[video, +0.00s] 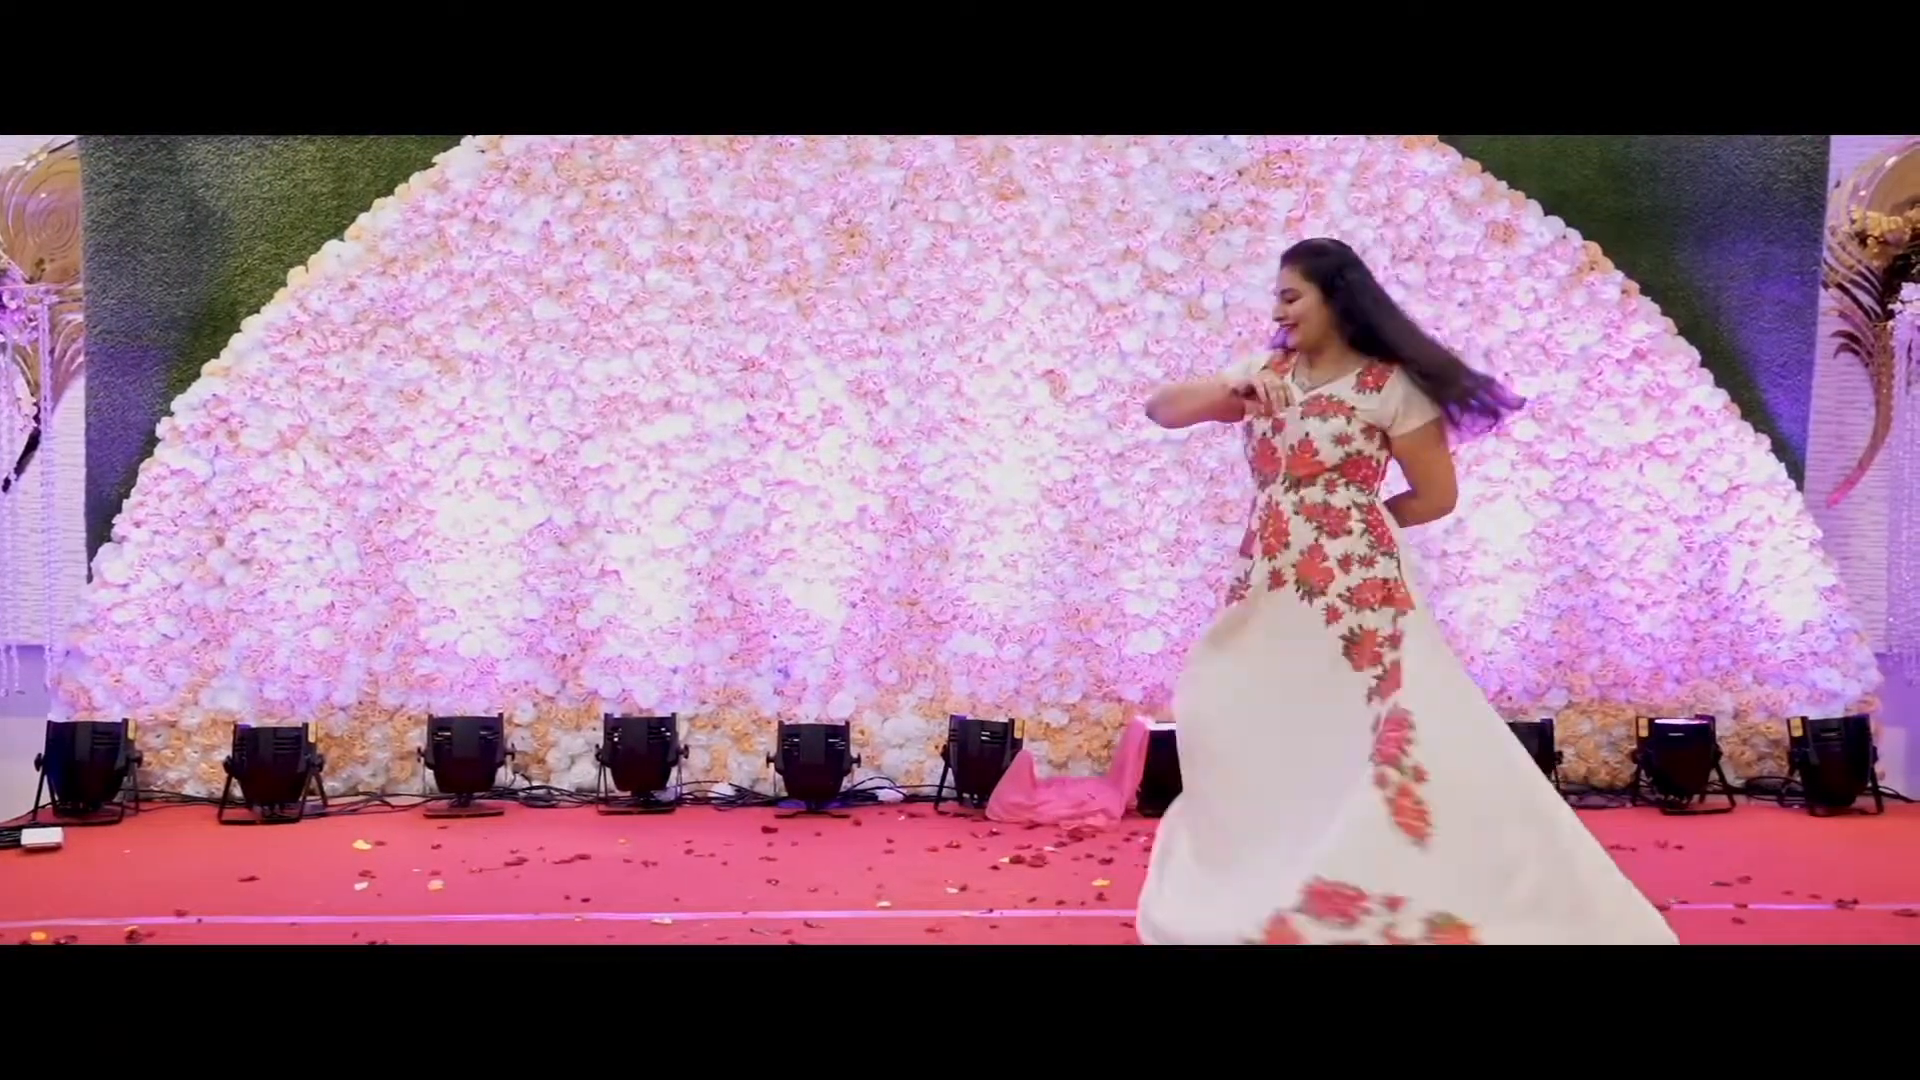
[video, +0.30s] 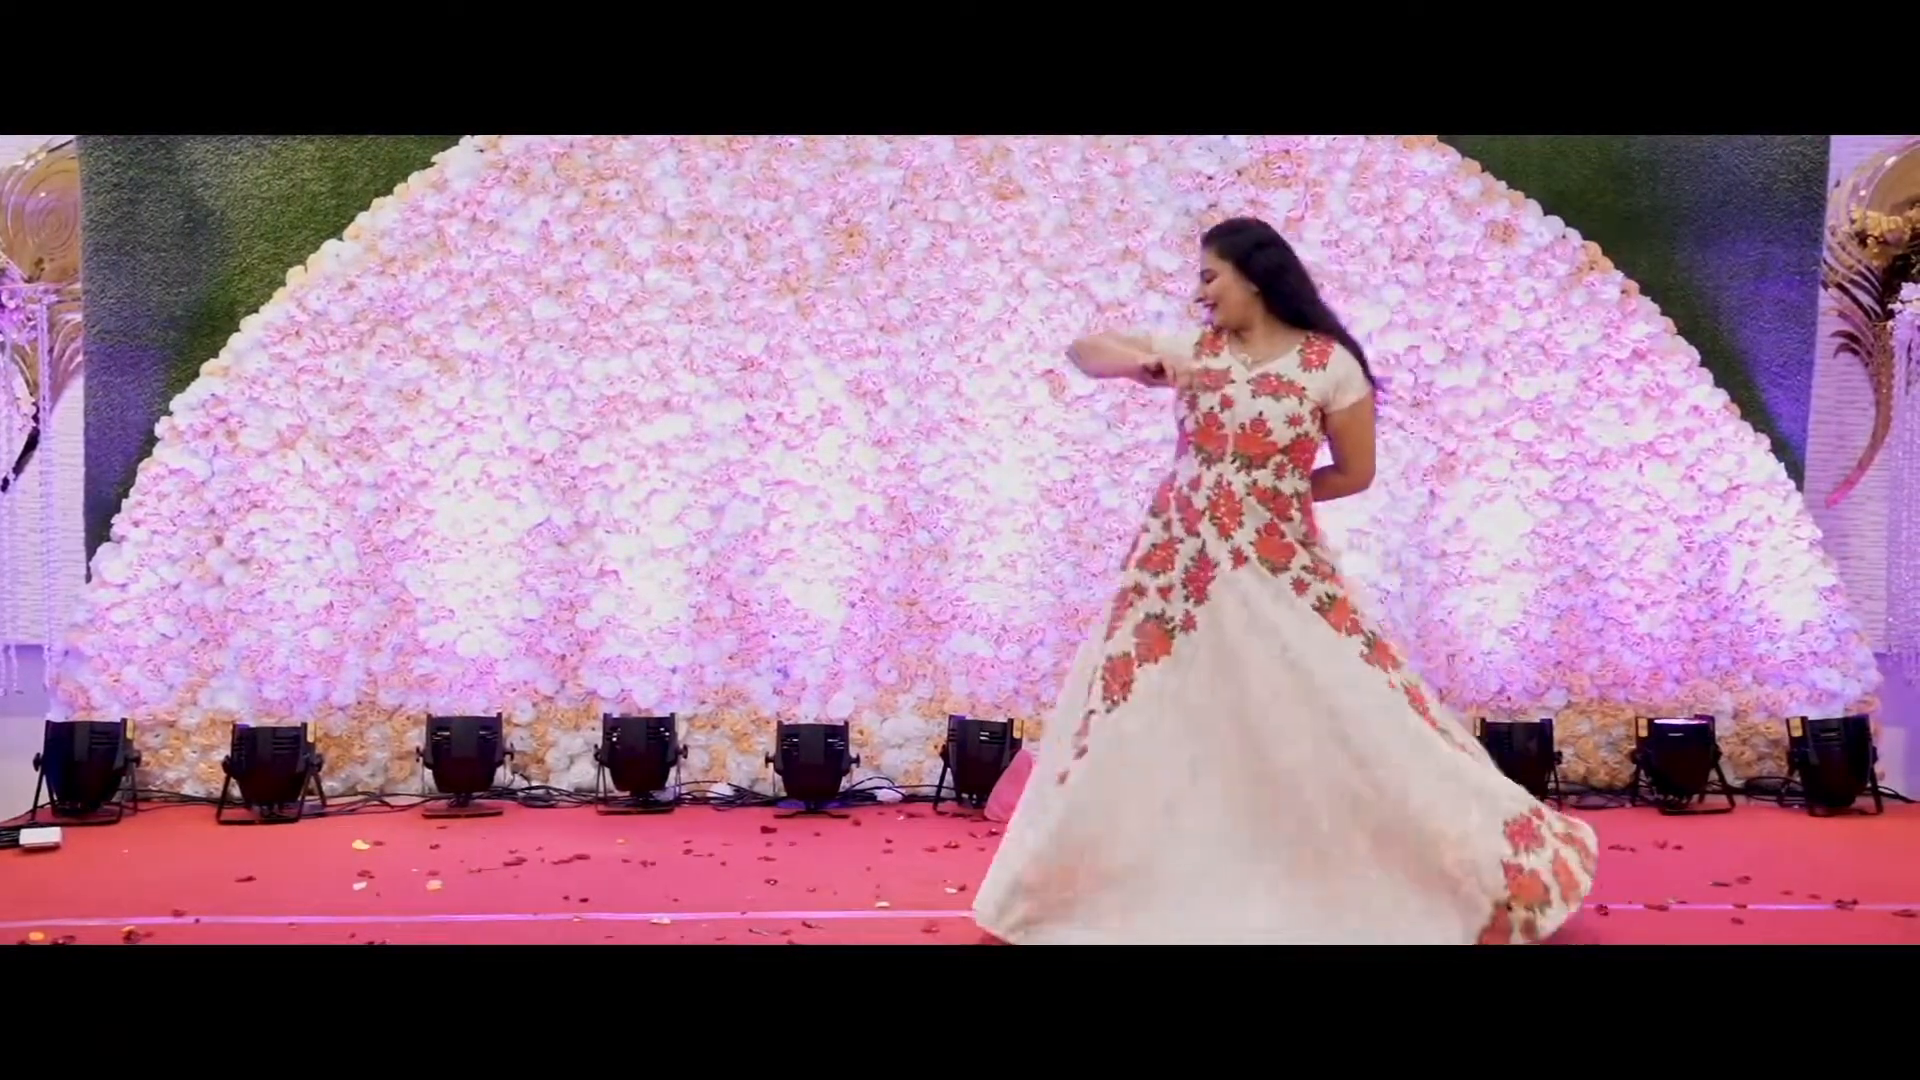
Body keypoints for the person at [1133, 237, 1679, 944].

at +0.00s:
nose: (1280, 309)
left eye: (1293, 295)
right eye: (1278, 296)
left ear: (1338, 301)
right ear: (1285, 304)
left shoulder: (1388, 386)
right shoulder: (1267, 378)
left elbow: (1437, 496)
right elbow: (1162, 407)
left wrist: (1354, 524)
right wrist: (1229, 390)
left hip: (1353, 586)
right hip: (1271, 581)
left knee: (1365, 745)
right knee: (1230, 724)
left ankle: (1373, 909)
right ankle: (1260, 902)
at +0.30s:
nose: (1201, 289)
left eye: (1212, 274)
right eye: (1200, 275)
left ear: (1260, 276)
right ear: (1224, 283)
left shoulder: (1329, 362)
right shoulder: (1198, 352)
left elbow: (1355, 472)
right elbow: (1085, 349)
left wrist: (1281, 493)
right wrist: (1153, 360)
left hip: (1268, 558)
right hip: (1182, 552)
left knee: (1278, 737)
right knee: (1169, 729)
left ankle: (1283, 910)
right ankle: (1166, 909)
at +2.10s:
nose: (1179, 312)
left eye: (1192, 300)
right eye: (1165, 297)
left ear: (1204, 310)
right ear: (1131, 300)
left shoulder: (1212, 393)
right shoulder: (1081, 355)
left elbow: (1225, 499)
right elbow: (980, 328)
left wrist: (1158, 507)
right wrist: (1071, 309)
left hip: (1157, 566)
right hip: (1076, 553)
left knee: (1156, 723)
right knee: (1056, 715)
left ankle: (1148, 891)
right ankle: (1052, 888)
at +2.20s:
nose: (1150, 309)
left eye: (1162, 297)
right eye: (1135, 294)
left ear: (1172, 306)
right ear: (1100, 297)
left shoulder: (1178, 393)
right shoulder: (1048, 352)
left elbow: (1176, 498)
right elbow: (939, 341)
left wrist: (1109, 504)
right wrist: (1011, 299)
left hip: (1108, 567)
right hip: (1027, 553)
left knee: (1113, 725)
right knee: (1016, 719)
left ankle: (1110, 894)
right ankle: (1007, 891)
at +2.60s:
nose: (1087, 333)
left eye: (1097, 321)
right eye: (1074, 317)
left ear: (1104, 329)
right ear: (1035, 315)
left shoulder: (1106, 406)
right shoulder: (977, 377)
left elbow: (1187, 467)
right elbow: (870, 390)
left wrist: (1124, 509)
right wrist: (887, 302)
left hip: (1038, 583)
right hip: (953, 574)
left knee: (1056, 744)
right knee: (940, 737)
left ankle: (1188, 903)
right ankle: (927, 907)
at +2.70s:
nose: (1088, 334)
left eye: (1097, 323)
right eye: (1076, 317)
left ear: (1103, 330)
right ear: (1037, 315)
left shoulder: (1105, 406)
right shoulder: (976, 371)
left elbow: (1197, 465)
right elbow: (872, 341)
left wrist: (1182, 415)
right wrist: (907, 274)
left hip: (1039, 586)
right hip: (952, 575)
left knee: (1064, 747)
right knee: (938, 736)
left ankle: (1189, 903)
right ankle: (923, 905)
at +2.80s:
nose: (1097, 328)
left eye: (1104, 317)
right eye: (1086, 312)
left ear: (1103, 325)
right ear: (1042, 306)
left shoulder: (1102, 401)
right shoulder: (978, 355)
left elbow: (1201, 429)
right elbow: (904, 285)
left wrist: (1195, 334)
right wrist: (946, 229)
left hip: (1042, 577)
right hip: (956, 568)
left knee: (1068, 739)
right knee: (945, 733)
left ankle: (1185, 902)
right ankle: (934, 905)